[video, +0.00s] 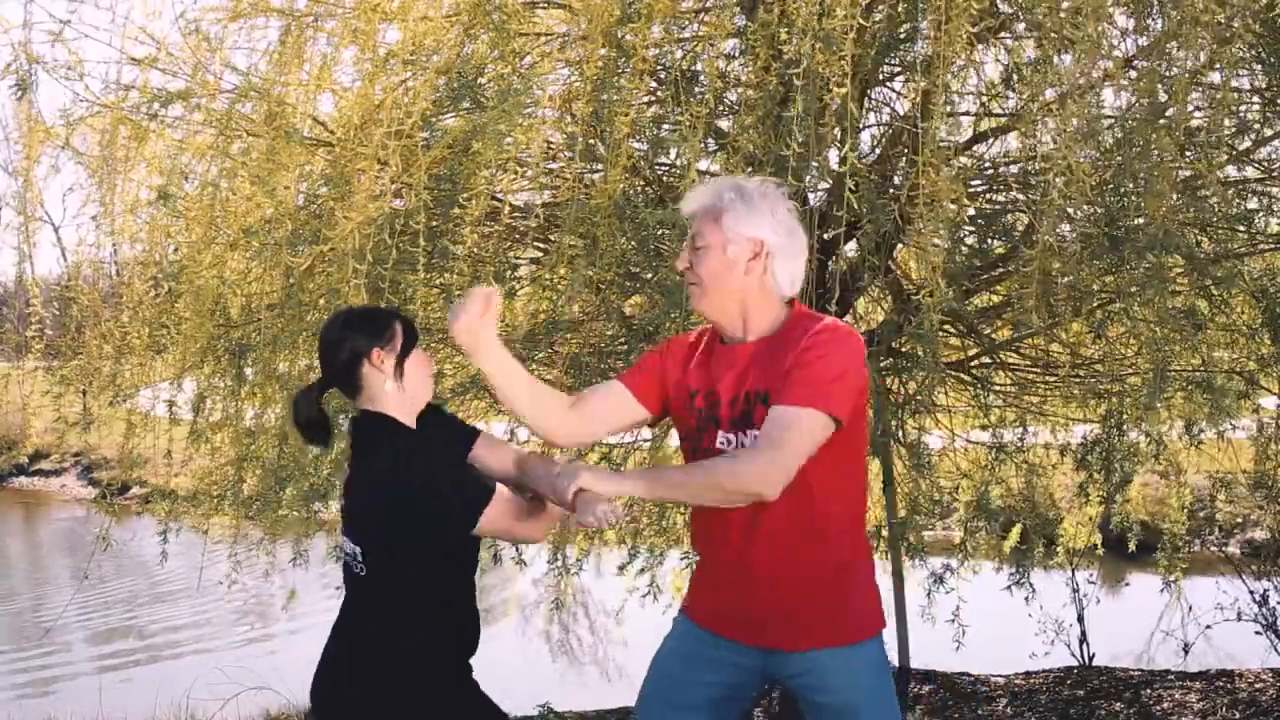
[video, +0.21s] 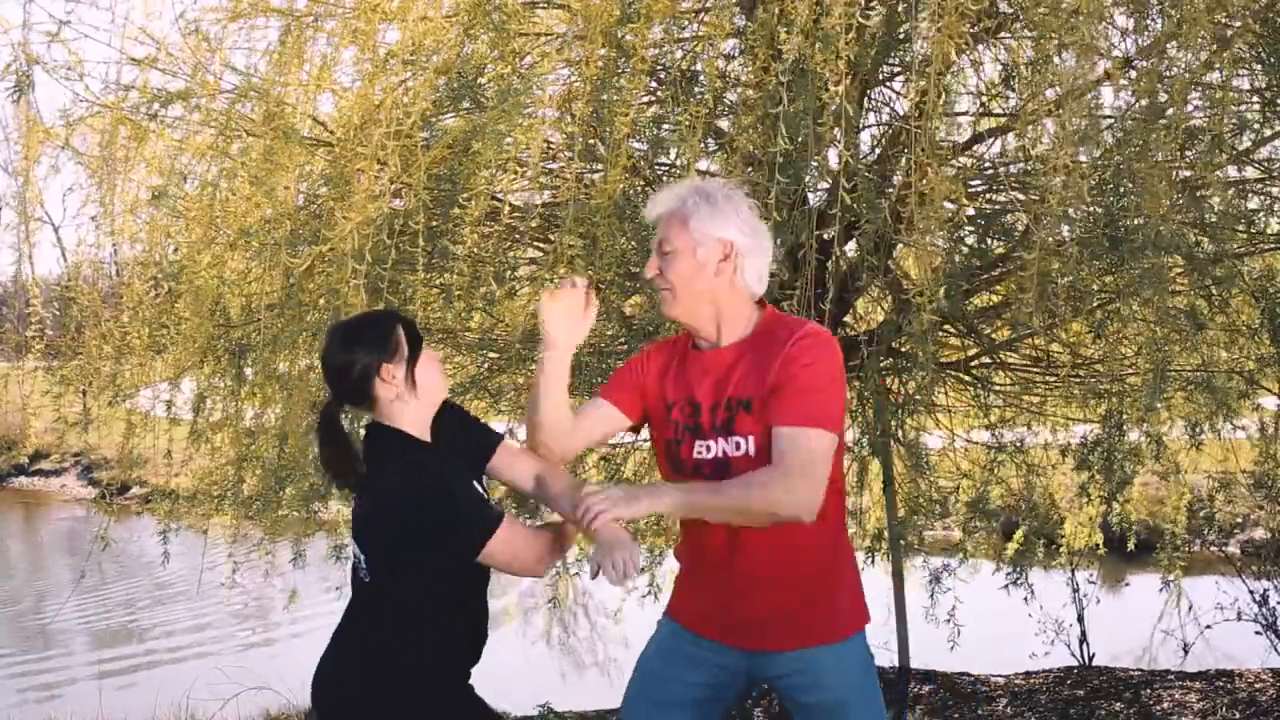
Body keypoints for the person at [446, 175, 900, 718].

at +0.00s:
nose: (681, 263)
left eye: (697, 246)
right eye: (686, 247)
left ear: (753, 256)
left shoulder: (829, 346)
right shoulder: (683, 360)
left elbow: (763, 474)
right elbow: (566, 420)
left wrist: (623, 483)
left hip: (834, 640)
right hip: (712, 632)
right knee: (657, 712)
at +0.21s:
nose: (649, 270)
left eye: (665, 253)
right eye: (653, 253)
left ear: (723, 257)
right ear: (716, 259)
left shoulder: (805, 349)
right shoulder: (658, 365)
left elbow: (797, 494)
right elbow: (555, 445)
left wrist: (657, 496)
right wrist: (557, 350)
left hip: (818, 640)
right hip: (697, 635)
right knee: (639, 709)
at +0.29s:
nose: (638, 272)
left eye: (653, 255)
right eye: (642, 256)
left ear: (710, 258)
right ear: (705, 260)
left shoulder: (796, 353)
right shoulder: (654, 359)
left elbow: (800, 499)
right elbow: (548, 423)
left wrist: (689, 438)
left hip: (807, 646)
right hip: (689, 635)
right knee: (637, 709)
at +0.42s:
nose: (637, 271)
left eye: (652, 253)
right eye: (640, 255)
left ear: (708, 257)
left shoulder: (779, 350)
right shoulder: (655, 353)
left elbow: (650, 448)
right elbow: (553, 435)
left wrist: (529, 418)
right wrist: (521, 525)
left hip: (796, 631)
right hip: (681, 625)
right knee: (631, 711)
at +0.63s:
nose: (629, 280)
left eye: (641, 264)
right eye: (632, 264)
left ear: (696, 267)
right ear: (693, 269)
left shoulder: (774, 358)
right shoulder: (653, 364)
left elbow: (679, 484)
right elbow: (548, 442)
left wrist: (584, 414)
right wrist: (515, 512)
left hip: (795, 639)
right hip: (682, 631)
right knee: (629, 710)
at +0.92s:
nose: (632, 276)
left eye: (645, 258)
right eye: (636, 259)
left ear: (701, 261)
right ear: (698, 263)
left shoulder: (780, 352)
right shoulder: (659, 368)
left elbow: (695, 481)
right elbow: (560, 440)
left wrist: (600, 425)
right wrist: (522, 505)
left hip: (809, 639)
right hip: (694, 632)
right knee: (645, 710)